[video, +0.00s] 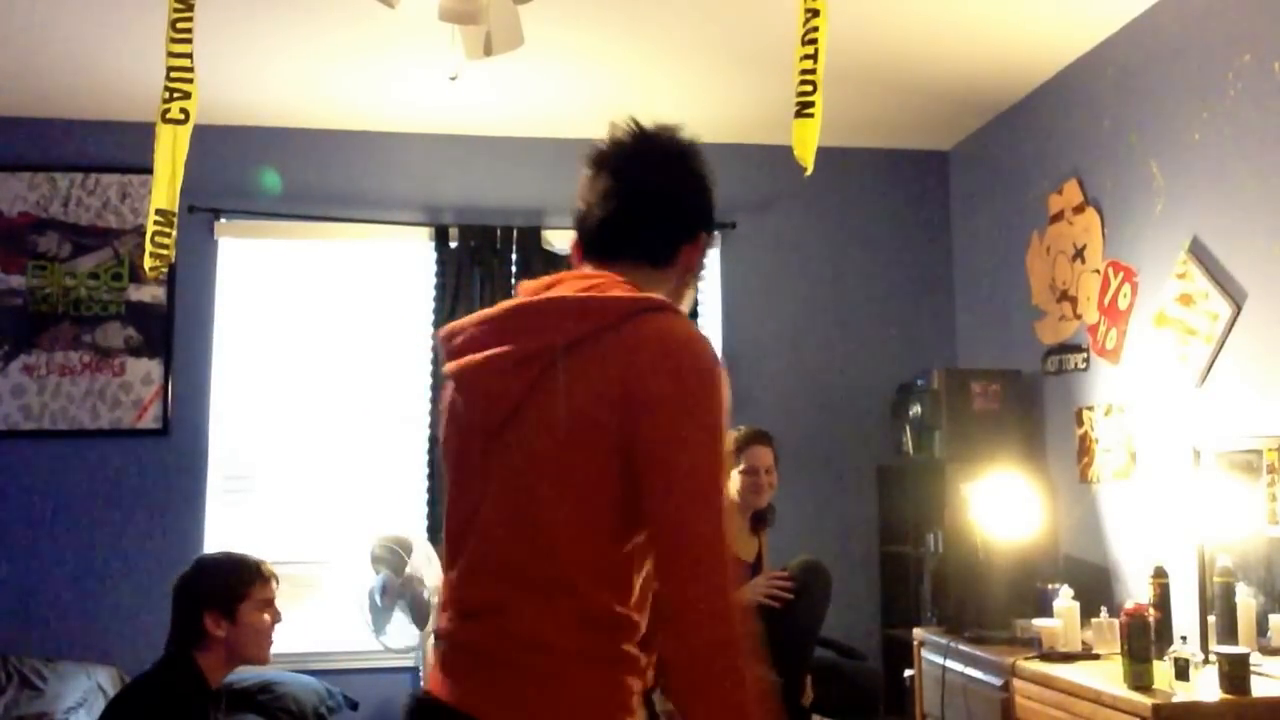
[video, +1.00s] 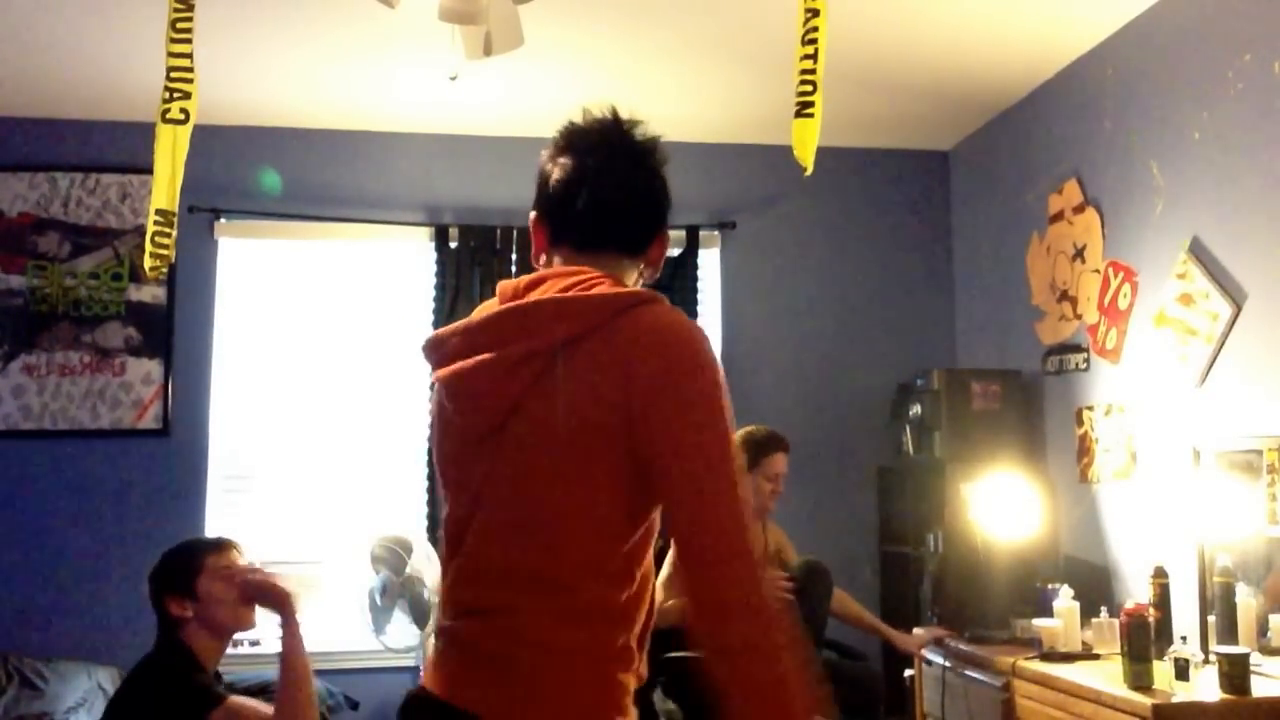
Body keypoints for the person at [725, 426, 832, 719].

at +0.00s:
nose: (761, 481)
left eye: (768, 471)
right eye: (749, 472)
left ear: (777, 477)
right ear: (726, 475)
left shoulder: (755, 531)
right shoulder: (704, 529)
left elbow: (762, 614)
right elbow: (693, 608)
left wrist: (800, 671)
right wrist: (739, 597)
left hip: (749, 646)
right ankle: (792, 704)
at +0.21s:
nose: (768, 483)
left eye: (772, 473)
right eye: (756, 474)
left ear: (778, 474)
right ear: (726, 478)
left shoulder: (754, 525)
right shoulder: (704, 525)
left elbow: (763, 595)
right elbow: (688, 612)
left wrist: (798, 669)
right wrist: (738, 597)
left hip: (753, 634)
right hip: (719, 642)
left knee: (857, 663)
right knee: (811, 574)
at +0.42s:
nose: (775, 483)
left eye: (776, 474)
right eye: (764, 475)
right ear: (730, 477)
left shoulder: (756, 522)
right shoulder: (701, 528)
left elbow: (765, 598)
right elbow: (675, 614)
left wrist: (809, 655)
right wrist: (738, 597)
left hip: (749, 642)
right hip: (710, 650)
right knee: (810, 574)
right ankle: (793, 699)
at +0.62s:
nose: (776, 485)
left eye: (777, 475)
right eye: (767, 475)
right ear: (735, 475)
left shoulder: (761, 527)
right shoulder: (713, 527)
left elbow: (793, 598)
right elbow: (699, 596)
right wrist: (743, 593)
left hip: (765, 634)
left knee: (862, 675)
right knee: (810, 574)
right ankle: (791, 697)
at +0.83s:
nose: (778, 485)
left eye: (779, 476)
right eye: (769, 476)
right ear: (732, 475)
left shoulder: (765, 531)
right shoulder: (699, 528)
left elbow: (819, 591)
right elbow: (663, 612)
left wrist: (891, 632)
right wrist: (738, 597)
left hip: (749, 645)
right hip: (700, 653)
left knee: (860, 677)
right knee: (812, 574)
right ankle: (796, 702)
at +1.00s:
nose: (778, 490)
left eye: (781, 480)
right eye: (770, 479)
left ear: (780, 480)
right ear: (739, 476)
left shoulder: (768, 535)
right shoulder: (703, 533)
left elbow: (825, 594)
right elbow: (661, 612)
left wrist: (895, 636)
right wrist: (748, 591)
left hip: (761, 643)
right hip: (718, 654)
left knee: (814, 575)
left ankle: (790, 685)